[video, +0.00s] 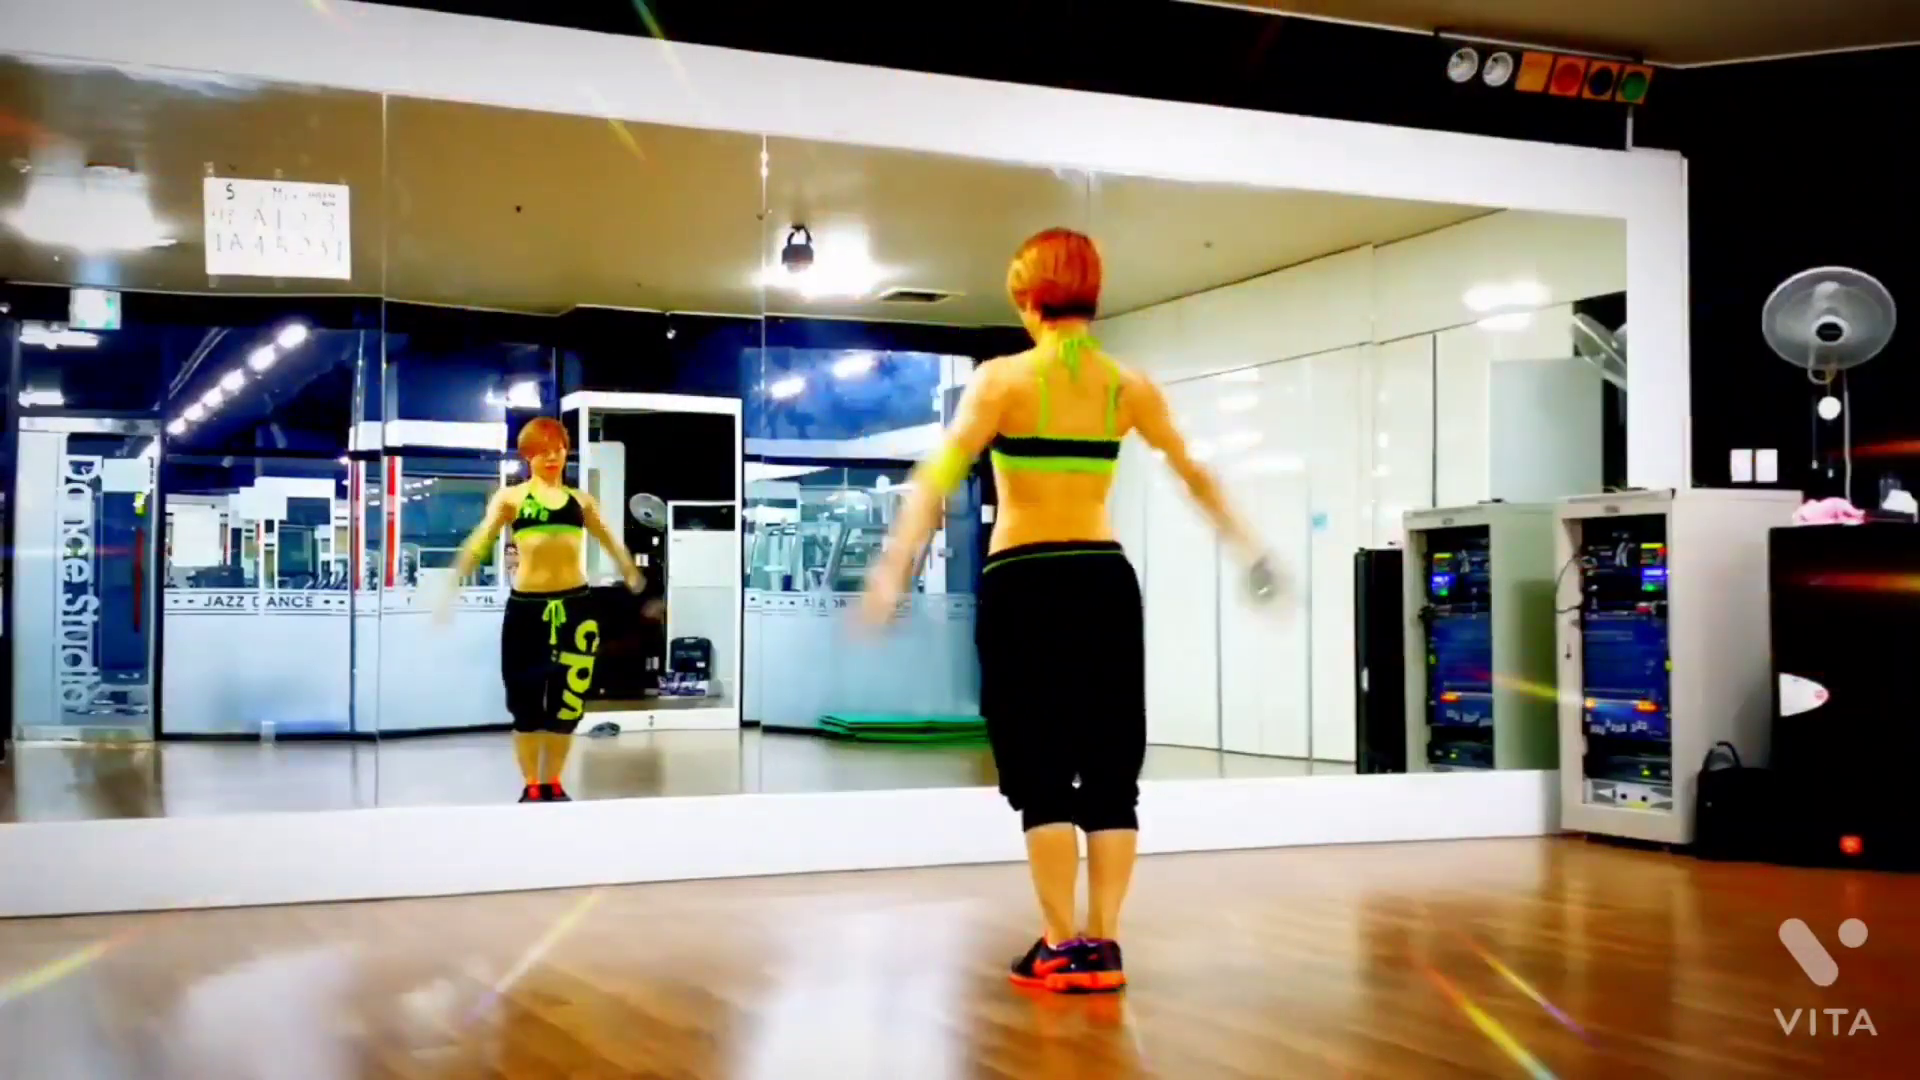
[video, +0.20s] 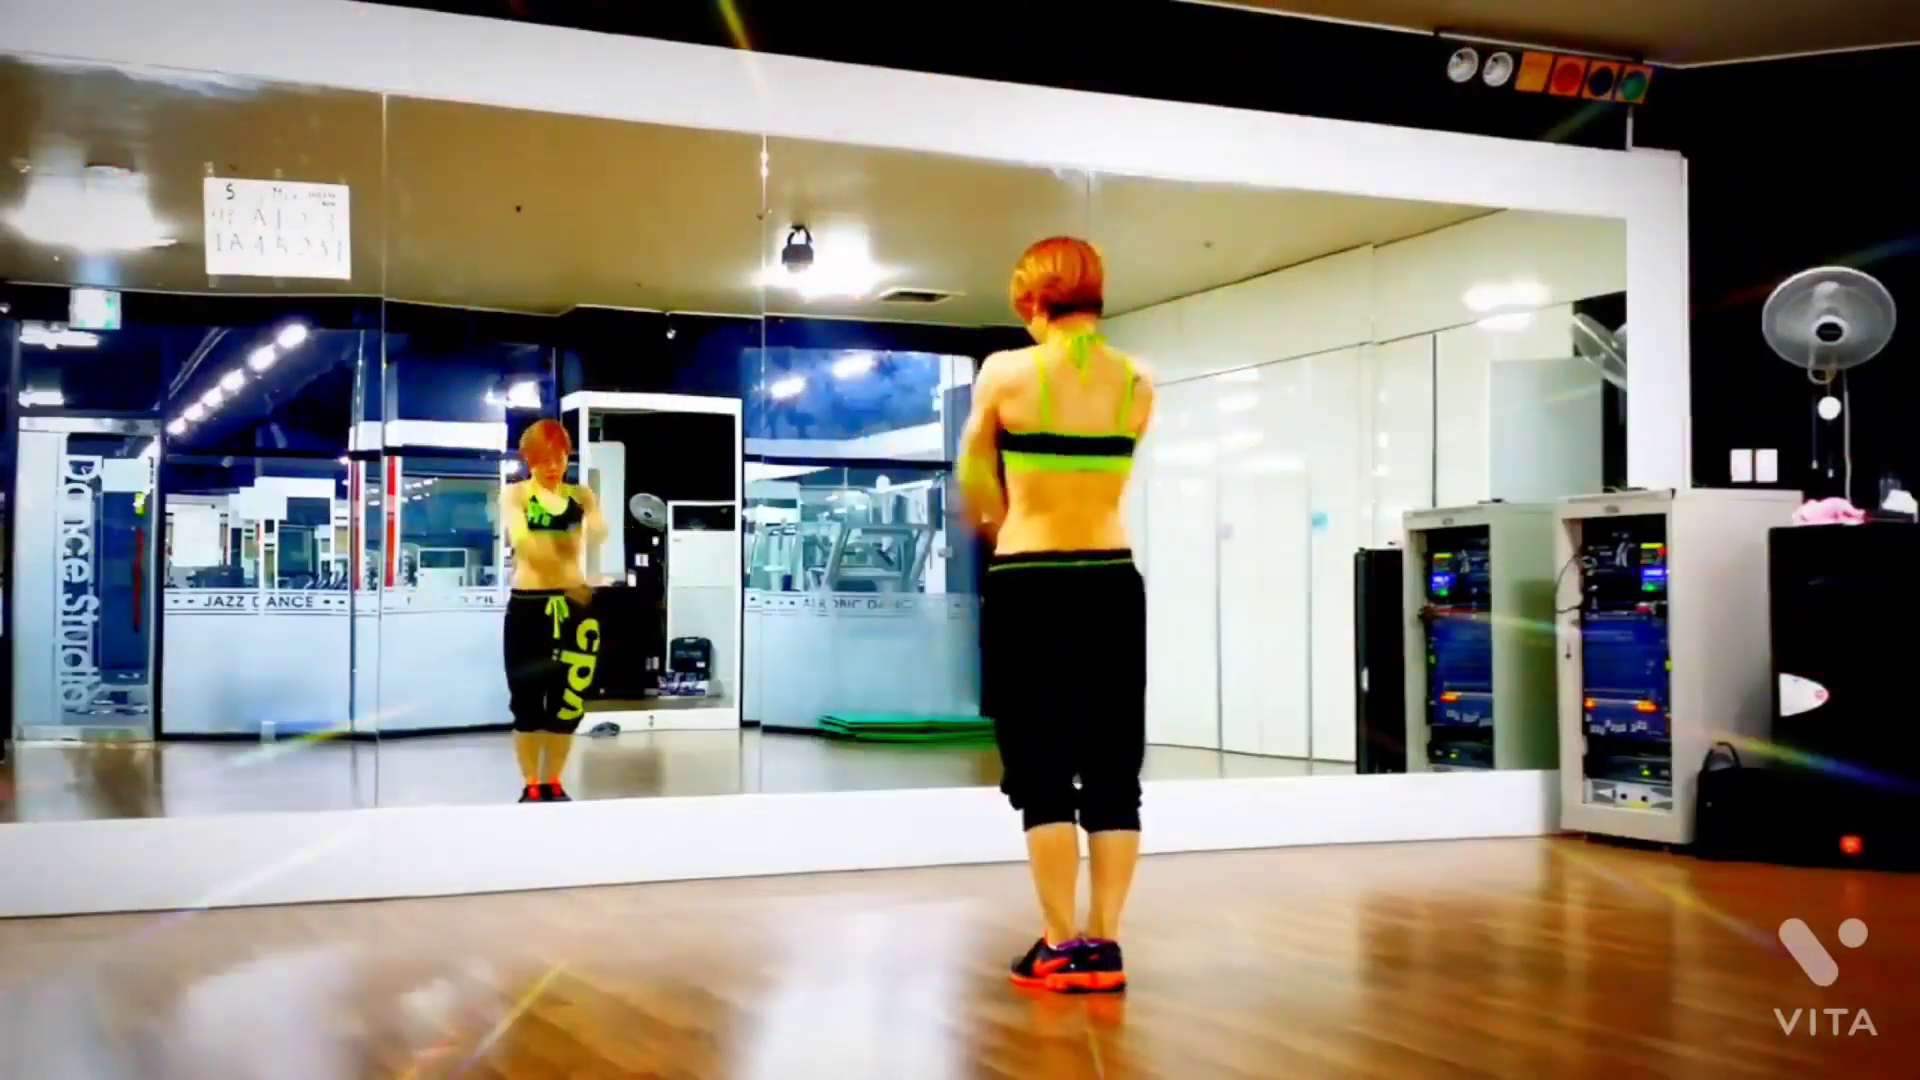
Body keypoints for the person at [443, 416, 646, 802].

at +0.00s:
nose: (553, 458)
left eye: (558, 450)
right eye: (544, 451)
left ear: (566, 453)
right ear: (529, 457)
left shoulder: (581, 501)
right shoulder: (510, 498)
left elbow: (609, 540)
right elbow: (479, 542)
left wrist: (630, 570)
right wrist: (457, 579)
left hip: (575, 605)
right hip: (527, 607)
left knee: (568, 699)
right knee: (527, 701)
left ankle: (552, 782)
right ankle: (532, 784)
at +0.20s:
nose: (553, 467)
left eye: (558, 459)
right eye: (544, 461)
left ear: (566, 458)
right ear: (529, 461)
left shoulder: (581, 494)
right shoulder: (515, 493)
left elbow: (599, 536)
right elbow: (523, 542)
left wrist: (588, 519)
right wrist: (565, 574)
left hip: (573, 605)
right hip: (528, 605)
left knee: (568, 700)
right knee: (529, 702)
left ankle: (553, 782)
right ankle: (531, 784)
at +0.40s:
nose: (548, 456)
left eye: (554, 448)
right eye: (540, 448)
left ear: (564, 452)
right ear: (526, 454)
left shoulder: (577, 488)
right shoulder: (521, 493)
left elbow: (603, 455)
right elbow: (517, 485)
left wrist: (573, 452)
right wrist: (545, 466)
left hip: (575, 600)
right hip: (528, 602)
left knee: (570, 700)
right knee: (529, 702)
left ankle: (553, 781)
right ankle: (530, 784)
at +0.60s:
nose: (549, 463)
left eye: (556, 454)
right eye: (539, 456)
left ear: (566, 458)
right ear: (526, 465)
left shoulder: (579, 504)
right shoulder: (520, 506)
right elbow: (554, 517)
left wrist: (575, 473)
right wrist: (573, 465)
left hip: (573, 612)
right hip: (528, 614)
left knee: (568, 712)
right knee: (534, 709)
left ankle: (553, 781)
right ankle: (532, 785)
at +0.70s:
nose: (556, 477)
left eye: (560, 471)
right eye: (547, 472)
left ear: (570, 480)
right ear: (535, 484)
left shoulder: (580, 524)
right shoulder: (520, 526)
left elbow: (583, 552)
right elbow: (548, 549)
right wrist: (558, 511)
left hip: (570, 626)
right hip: (527, 628)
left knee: (569, 717)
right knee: (537, 714)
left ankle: (553, 782)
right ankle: (532, 786)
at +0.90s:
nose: (558, 466)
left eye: (564, 460)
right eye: (549, 460)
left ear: (574, 470)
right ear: (534, 472)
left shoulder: (588, 525)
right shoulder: (521, 520)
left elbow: (607, 580)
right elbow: (500, 568)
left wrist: (628, 627)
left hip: (575, 623)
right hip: (530, 622)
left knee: (572, 715)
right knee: (536, 712)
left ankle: (553, 782)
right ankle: (533, 786)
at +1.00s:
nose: (557, 448)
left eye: (563, 443)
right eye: (549, 442)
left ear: (573, 455)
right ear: (534, 455)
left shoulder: (584, 501)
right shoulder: (519, 497)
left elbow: (623, 523)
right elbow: (469, 518)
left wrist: (655, 540)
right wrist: (433, 534)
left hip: (576, 605)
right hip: (530, 606)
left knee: (571, 704)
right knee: (533, 703)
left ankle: (552, 781)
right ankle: (533, 786)